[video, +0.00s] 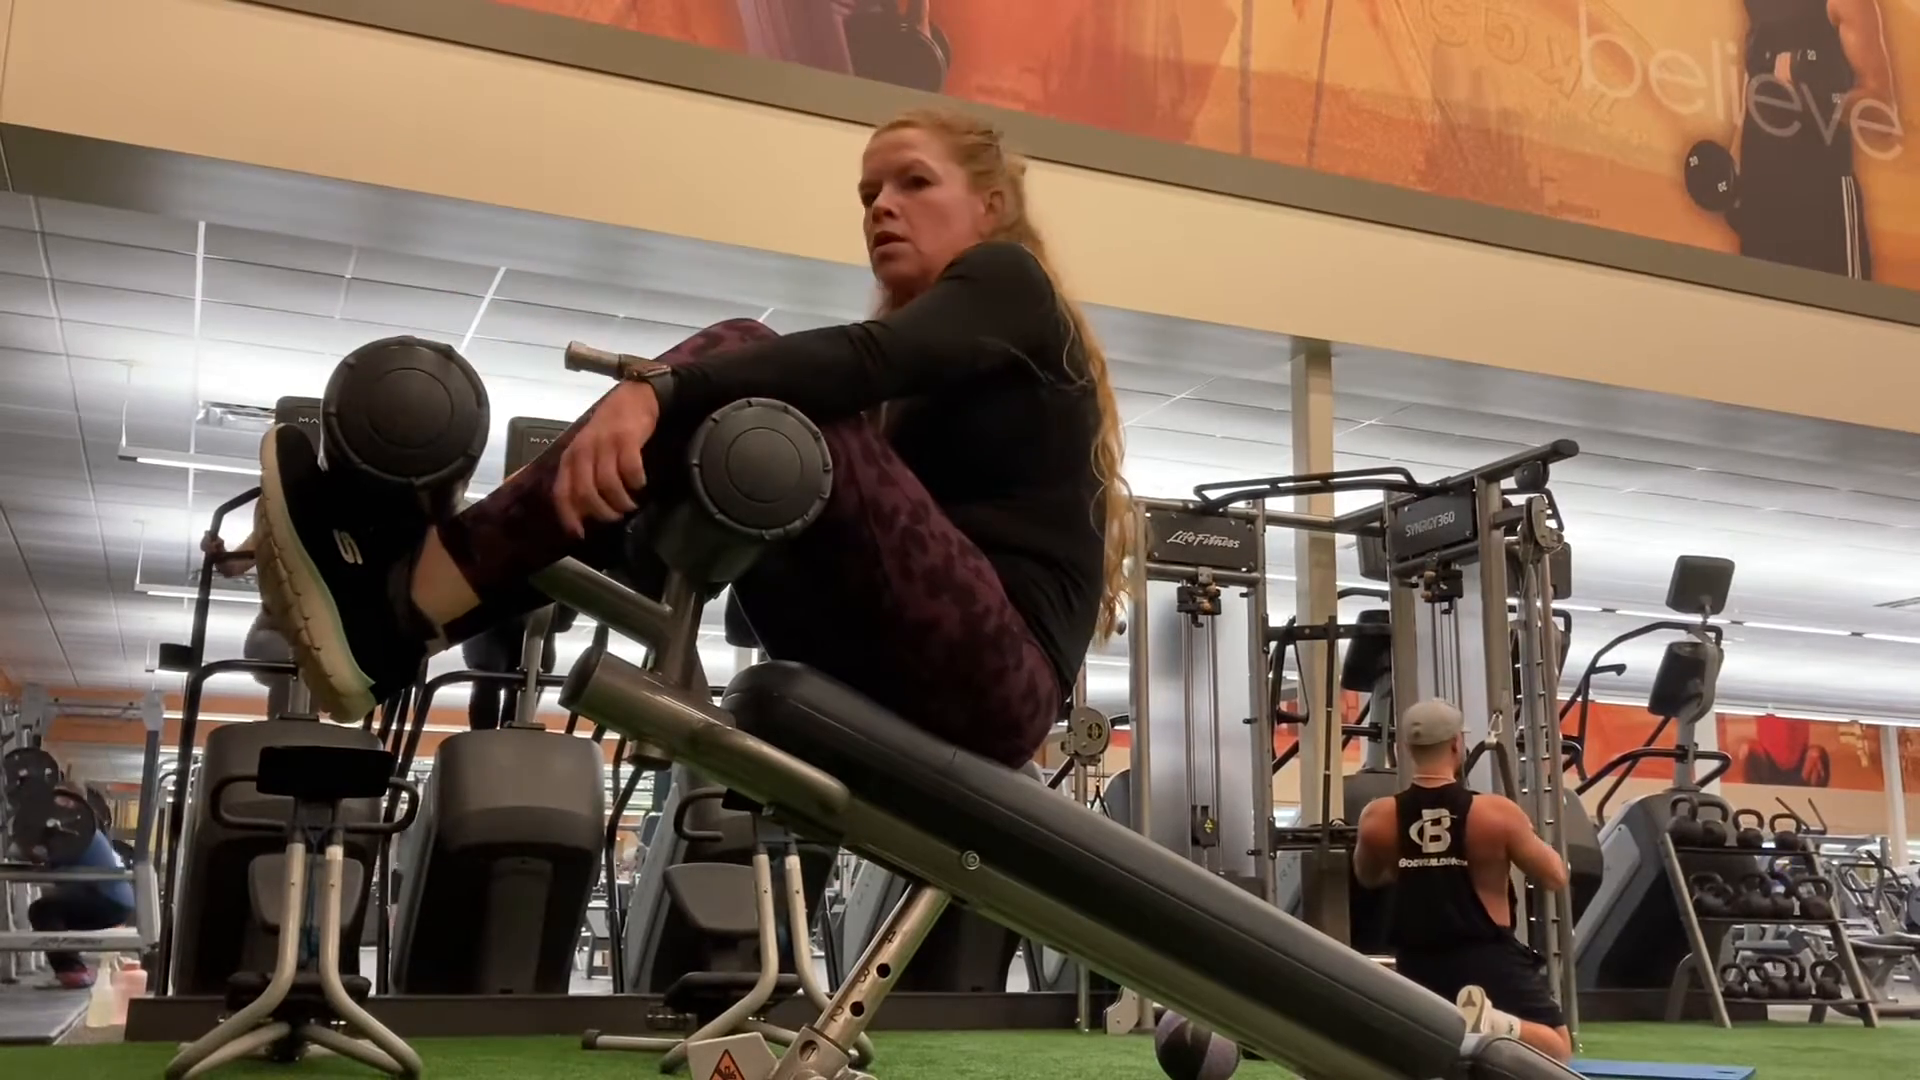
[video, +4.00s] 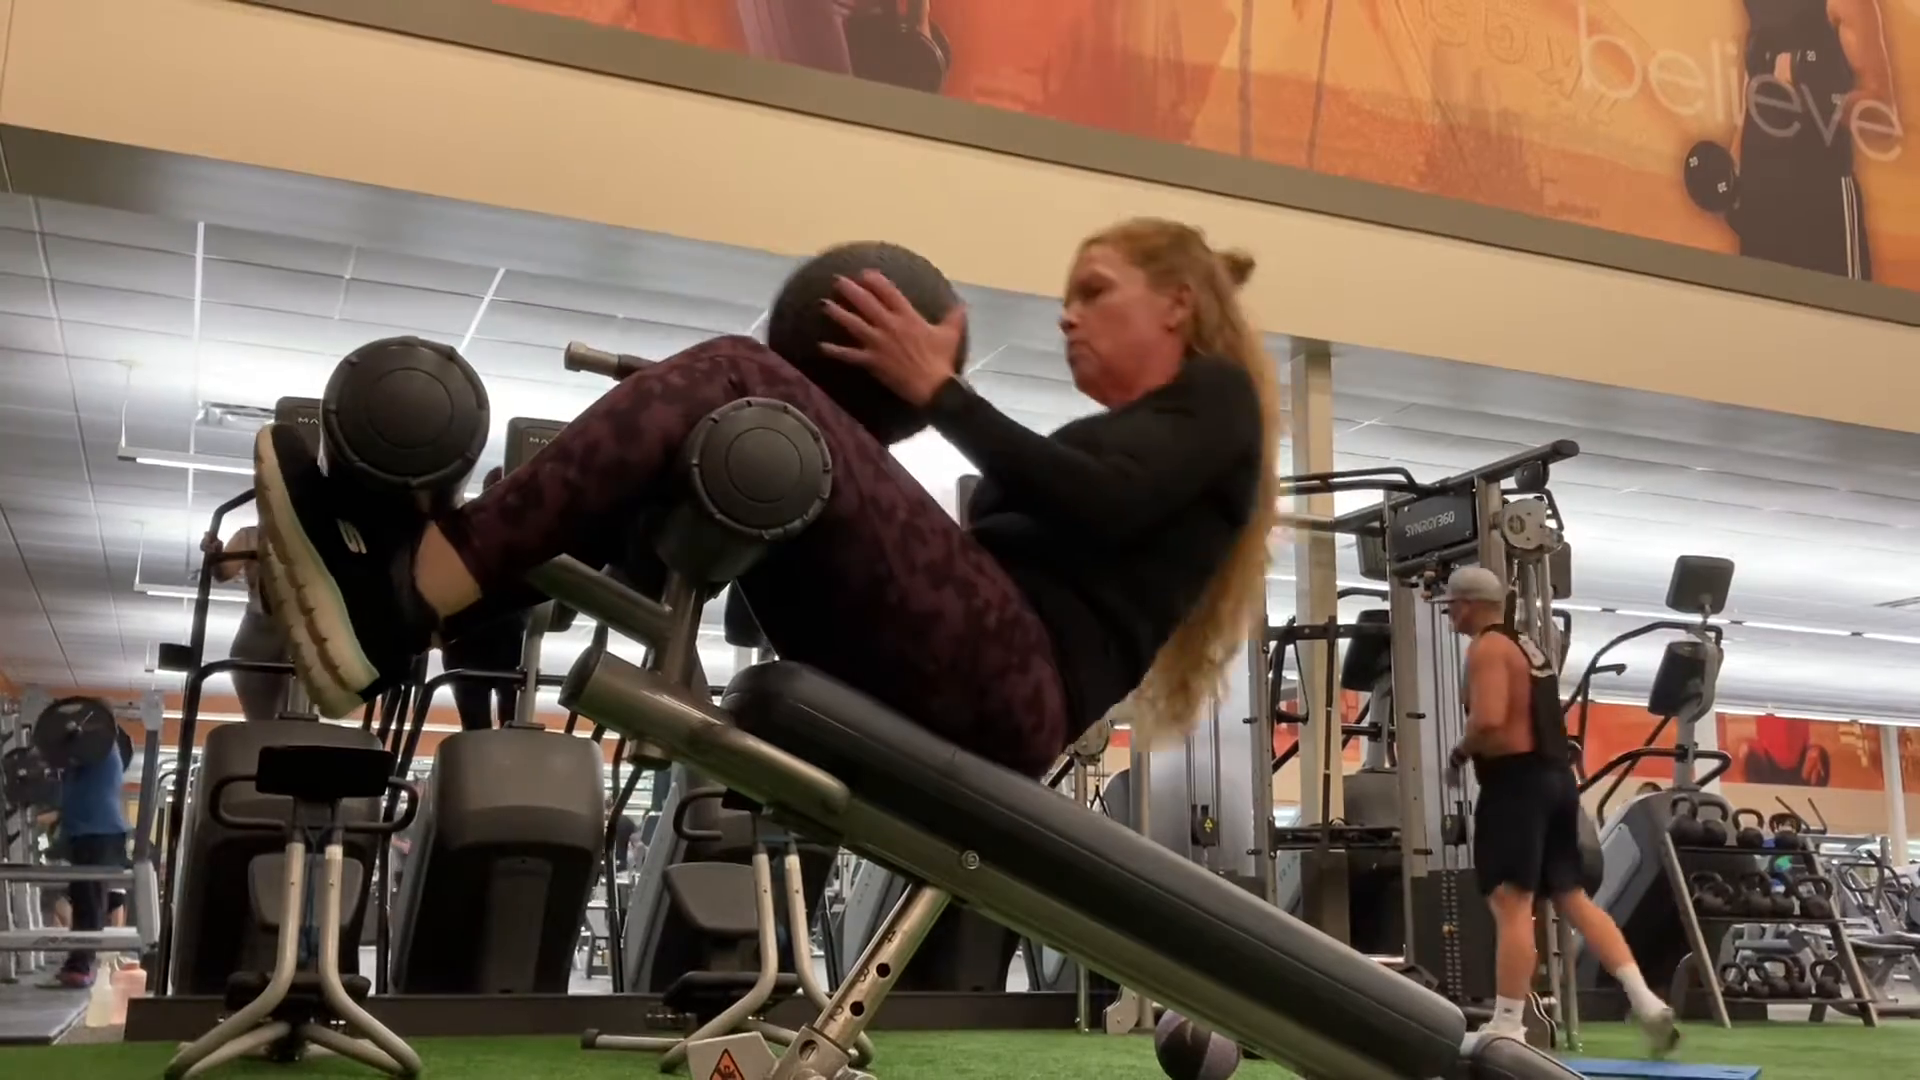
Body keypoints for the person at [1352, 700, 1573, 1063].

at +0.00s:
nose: (1464, 745)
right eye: (1462, 739)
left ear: (1406, 749)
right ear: (1456, 745)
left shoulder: (1378, 817)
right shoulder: (1497, 814)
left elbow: (1368, 875)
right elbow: (1555, 877)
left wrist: (1412, 853)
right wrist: (1530, 842)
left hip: (1416, 968)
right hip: (1490, 966)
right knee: (1561, 1049)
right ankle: (1493, 1022)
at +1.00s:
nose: (1544, 715)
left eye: (1542, 706)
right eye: (1540, 707)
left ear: (1489, 715)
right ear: (1526, 713)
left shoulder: (1454, 781)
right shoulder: (1572, 777)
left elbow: (1433, 846)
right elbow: (1614, 844)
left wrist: (1476, 819)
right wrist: (1579, 808)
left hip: (1470, 930)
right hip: (1540, 933)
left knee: (1464, 1040)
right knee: (1566, 1051)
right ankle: (1503, 1019)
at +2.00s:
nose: (1549, 671)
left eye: (1547, 662)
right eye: (1545, 662)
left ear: (1495, 671)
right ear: (1528, 668)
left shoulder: (1458, 722)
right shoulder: (1573, 721)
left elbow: (1437, 789)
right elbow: (1613, 792)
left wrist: (1481, 768)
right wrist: (1582, 764)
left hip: (1467, 848)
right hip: (1531, 849)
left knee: (1478, 922)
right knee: (1542, 986)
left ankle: (1499, 1020)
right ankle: (1509, 1009)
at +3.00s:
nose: (1597, 604)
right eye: (1604, 595)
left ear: (1563, 599)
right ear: (1609, 598)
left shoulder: (1538, 654)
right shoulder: (1649, 652)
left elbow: (1514, 730)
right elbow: (1666, 730)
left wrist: (1491, 794)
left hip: (1570, 795)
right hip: (1639, 794)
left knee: (1538, 900)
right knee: (1660, 911)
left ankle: (1513, 1027)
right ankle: (1683, 1039)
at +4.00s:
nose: (1450, 613)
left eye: (1455, 605)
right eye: (1451, 605)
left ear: (1476, 607)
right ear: (1492, 606)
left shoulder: (1489, 647)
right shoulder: (1522, 647)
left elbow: (1488, 719)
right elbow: (1536, 724)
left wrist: (1462, 748)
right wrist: (1482, 741)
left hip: (1516, 784)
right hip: (1554, 782)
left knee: (1511, 904)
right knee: (1573, 899)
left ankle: (1507, 1027)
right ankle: (1647, 1004)